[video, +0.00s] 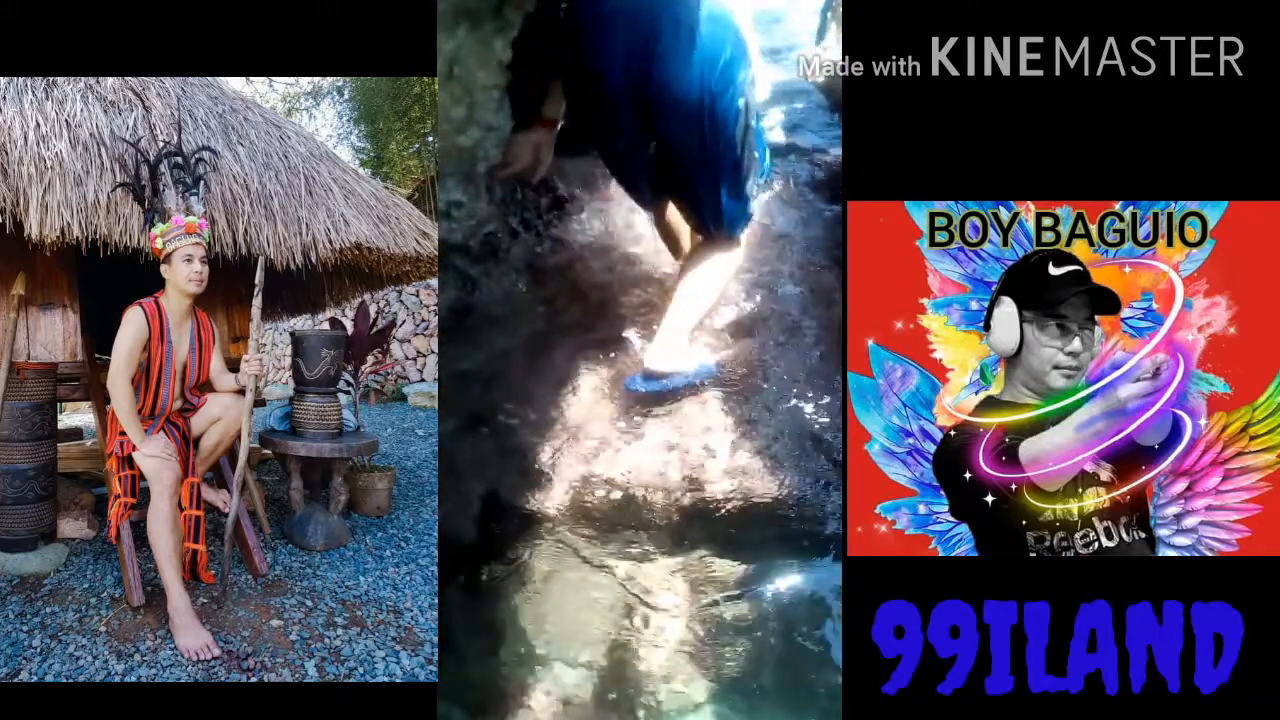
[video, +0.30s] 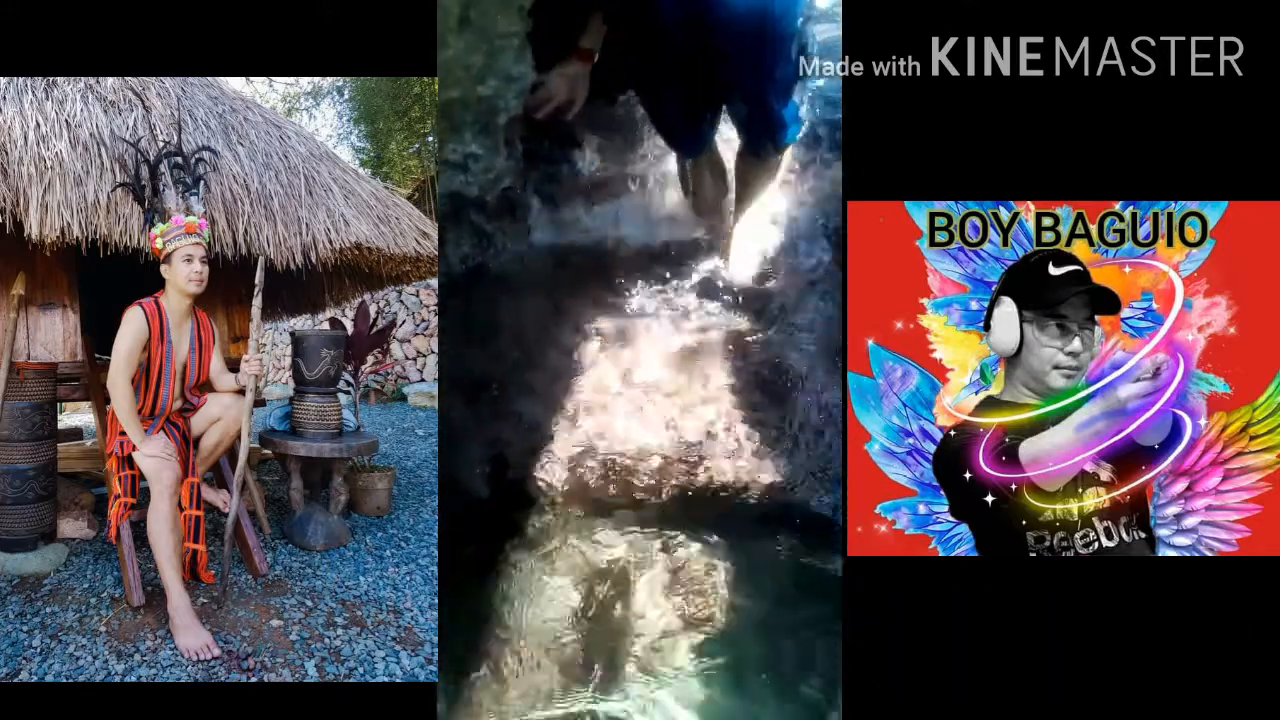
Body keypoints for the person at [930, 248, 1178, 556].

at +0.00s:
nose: (1076, 346)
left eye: (1086, 328)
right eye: (1055, 327)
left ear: (1097, 334)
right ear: (1007, 328)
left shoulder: (1113, 408)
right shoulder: (962, 446)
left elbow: (1155, 435)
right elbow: (1022, 472)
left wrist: (1149, 396)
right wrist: (1106, 412)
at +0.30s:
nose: (1076, 346)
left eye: (1086, 328)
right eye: (1055, 326)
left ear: (1097, 335)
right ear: (1007, 328)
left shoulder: (1113, 408)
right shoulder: (962, 446)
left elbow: (1156, 435)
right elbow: (1021, 471)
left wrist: (1147, 395)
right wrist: (1105, 413)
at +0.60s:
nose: (1076, 346)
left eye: (1086, 328)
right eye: (1055, 327)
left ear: (1096, 334)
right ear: (1007, 327)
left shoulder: (1114, 408)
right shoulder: (962, 446)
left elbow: (1155, 435)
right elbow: (1022, 471)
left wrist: (1149, 397)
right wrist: (1106, 411)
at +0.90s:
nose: (1076, 346)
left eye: (1086, 328)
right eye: (1055, 327)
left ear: (1097, 334)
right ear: (1007, 328)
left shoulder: (1114, 408)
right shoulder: (962, 446)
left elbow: (1155, 435)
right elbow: (1022, 472)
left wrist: (1149, 396)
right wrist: (1106, 412)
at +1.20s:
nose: (1076, 346)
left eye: (1086, 328)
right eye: (1055, 326)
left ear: (1097, 335)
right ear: (1007, 328)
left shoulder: (1113, 408)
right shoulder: (962, 446)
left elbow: (1156, 435)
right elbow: (1022, 471)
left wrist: (1147, 395)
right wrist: (1105, 413)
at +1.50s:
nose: (1076, 346)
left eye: (1086, 328)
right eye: (1055, 327)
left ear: (1097, 334)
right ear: (1007, 328)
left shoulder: (1114, 408)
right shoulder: (962, 446)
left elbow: (1155, 435)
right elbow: (1022, 472)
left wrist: (1149, 397)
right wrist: (1106, 412)